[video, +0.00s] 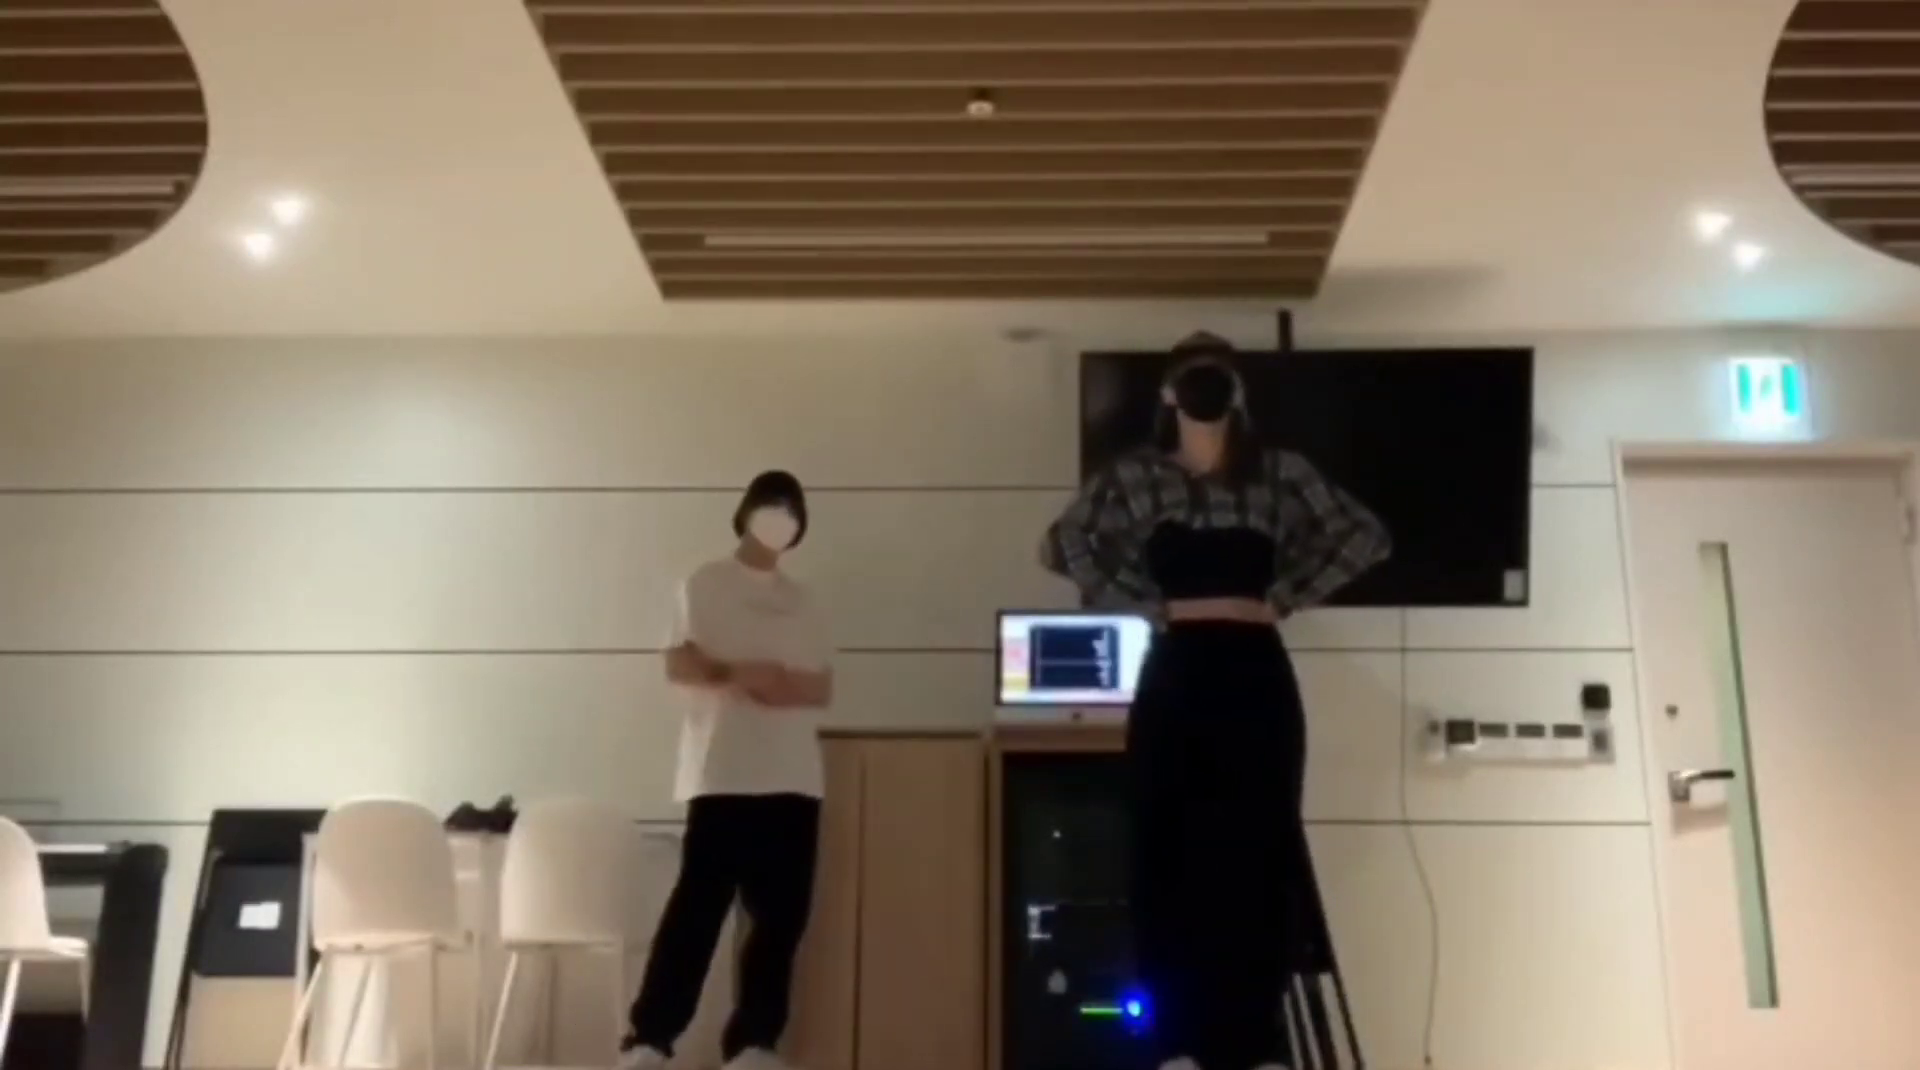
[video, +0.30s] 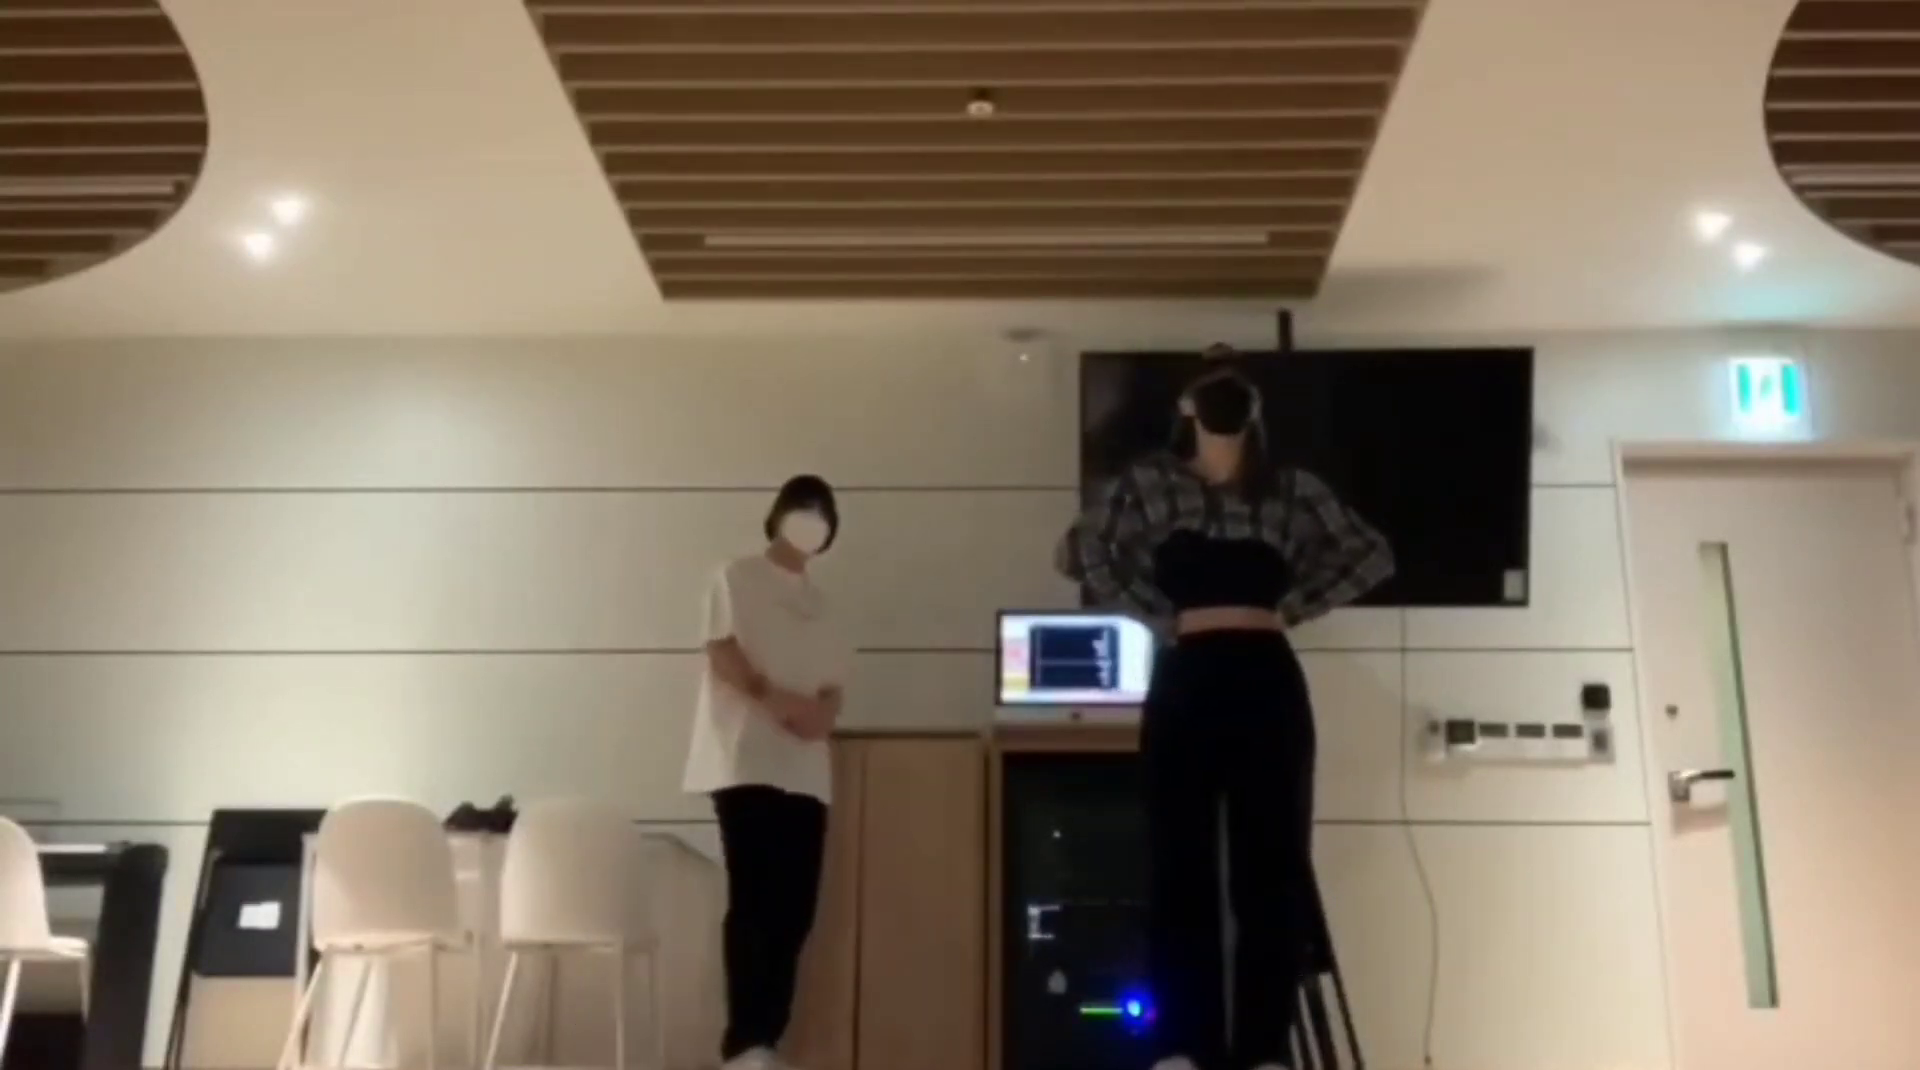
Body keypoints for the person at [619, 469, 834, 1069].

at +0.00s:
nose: (778, 520)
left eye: (790, 513)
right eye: (768, 506)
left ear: (799, 527)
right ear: (744, 513)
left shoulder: (805, 600)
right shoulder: (707, 582)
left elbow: (823, 687)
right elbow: (681, 664)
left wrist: (768, 686)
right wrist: (754, 673)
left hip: (792, 778)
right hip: (721, 775)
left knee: (782, 919)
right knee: (698, 909)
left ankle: (753, 1046)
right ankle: (650, 1040)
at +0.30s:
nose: (811, 526)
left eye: (822, 518)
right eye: (801, 511)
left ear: (831, 531)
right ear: (778, 515)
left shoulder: (819, 600)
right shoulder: (736, 577)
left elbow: (835, 675)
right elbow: (723, 656)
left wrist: (823, 714)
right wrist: (784, 702)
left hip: (805, 770)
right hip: (746, 764)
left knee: (794, 908)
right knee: (756, 904)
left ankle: (766, 1042)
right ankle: (746, 1043)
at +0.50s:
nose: (827, 526)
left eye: (839, 518)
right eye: (818, 512)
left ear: (847, 531)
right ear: (795, 516)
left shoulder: (832, 603)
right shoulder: (753, 578)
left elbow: (845, 690)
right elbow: (744, 670)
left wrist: (848, 756)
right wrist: (767, 754)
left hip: (815, 774)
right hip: (757, 769)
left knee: (793, 913)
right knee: (791, 908)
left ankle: (749, 1042)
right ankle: (836, 1028)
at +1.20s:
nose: (873, 498)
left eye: (884, 488)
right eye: (862, 485)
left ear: (897, 501)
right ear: (839, 493)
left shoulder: (888, 578)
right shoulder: (815, 566)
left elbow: (903, 677)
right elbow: (811, 658)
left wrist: (925, 757)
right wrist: (848, 747)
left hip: (902, 770)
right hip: (848, 770)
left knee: (896, 904)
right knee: (857, 914)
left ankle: (803, 1005)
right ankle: (876, 1044)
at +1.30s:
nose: (876, 497)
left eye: (887, 488)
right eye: (864, 484)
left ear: (899, 500)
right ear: (841, 492)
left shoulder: (892, 577)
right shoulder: (816, 564)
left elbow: (915, 669)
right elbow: (820, 654)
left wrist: (935, 742)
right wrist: (867, 733)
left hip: (909, 763)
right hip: (850, 763)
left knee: (929, 887)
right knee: (862, 901)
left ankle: (841, 1000)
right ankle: (876, 1039)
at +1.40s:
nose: (877, 495)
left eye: (888, 485)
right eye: (864, 482)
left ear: (900, 498)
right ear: (841, 490)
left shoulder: (901, 577)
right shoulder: (813, 564)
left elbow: (922, 667)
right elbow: (818, 643)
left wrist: (943, 740)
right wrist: (876, 709)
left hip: (917, 767)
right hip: (851, 766)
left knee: (946, 899)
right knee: (860, 910)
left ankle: (935, 1028)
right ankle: (875, 1043)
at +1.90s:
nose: (870, 493)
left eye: (882, 482)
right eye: (858, 480)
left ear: (898, 492)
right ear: (838, 490)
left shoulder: (922, 567)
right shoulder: (811, 567)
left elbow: (946, 660)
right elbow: (783, 662)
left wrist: (934, 730)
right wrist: (778, 750)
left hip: (903, 760)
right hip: (826, 763)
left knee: (904, 886)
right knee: (841, 903)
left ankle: (903, 1007)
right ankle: (862, 1037)